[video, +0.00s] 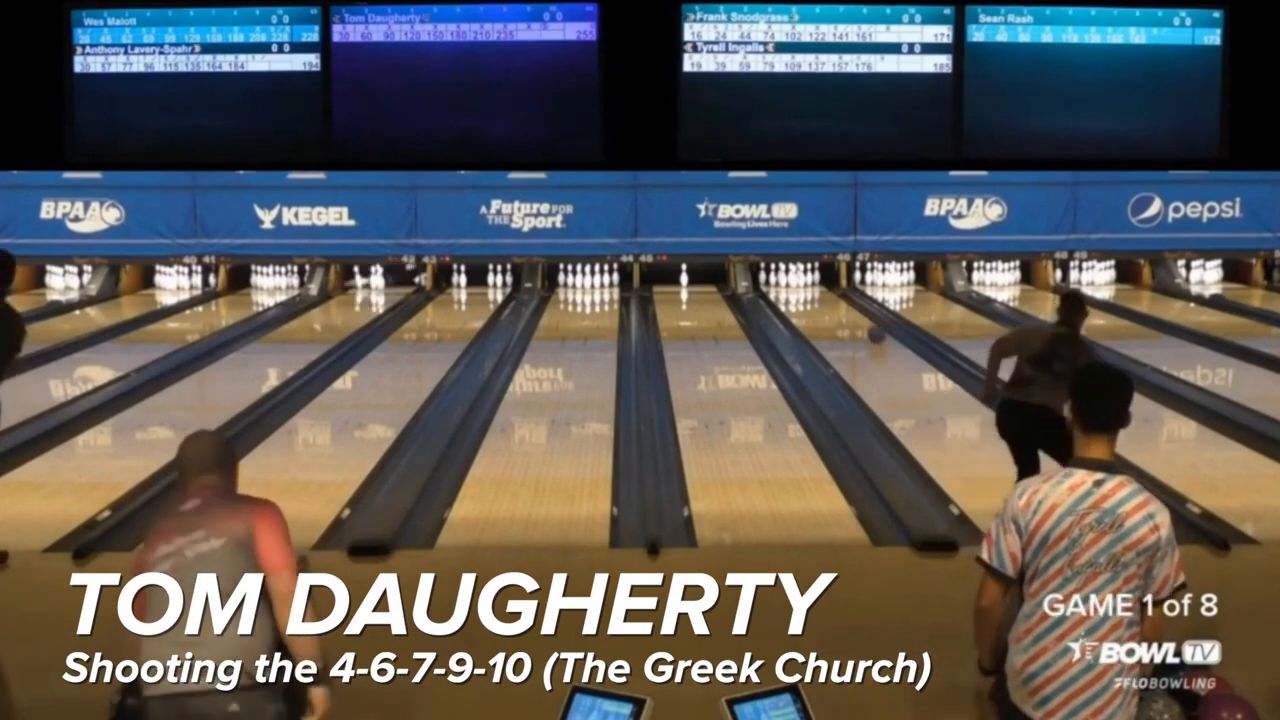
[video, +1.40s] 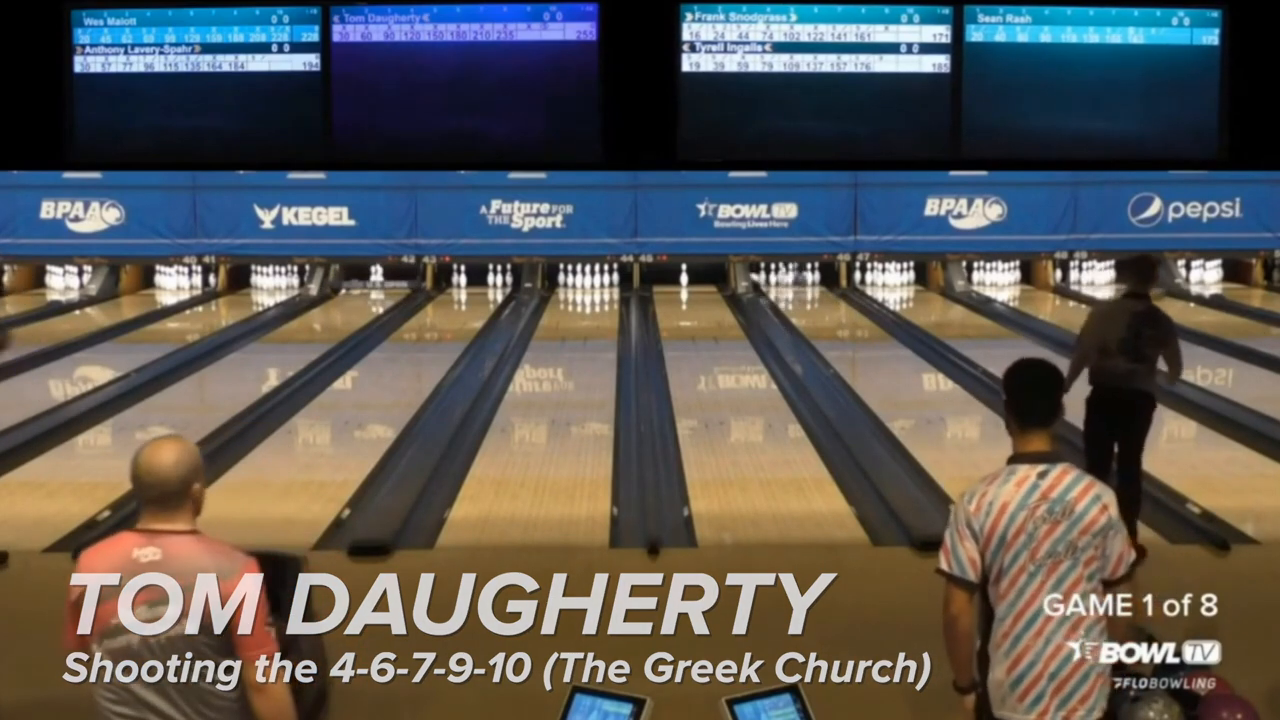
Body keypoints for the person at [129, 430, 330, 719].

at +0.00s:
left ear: (182, 475)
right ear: (232, 468)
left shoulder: (158, 534)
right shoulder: (259, 515)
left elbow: (139, 612)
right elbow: (289, 603)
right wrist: (314, 676)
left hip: (165, 699)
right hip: (244, 696)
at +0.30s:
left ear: (203, 464)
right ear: (257, 463)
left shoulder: (162, 531)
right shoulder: (288, 530)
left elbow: (131, 618)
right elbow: (317, 625)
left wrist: (134, 691)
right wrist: (343, 699)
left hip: (182, 707)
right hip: (268, 704)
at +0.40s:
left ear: (211, 466)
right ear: (267, 467)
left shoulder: (165, 536)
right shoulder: (299, 536)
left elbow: (133, 631)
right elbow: (326, 633)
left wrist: (132, 702)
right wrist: (348, 701)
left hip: (188, 707)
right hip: (278, 706)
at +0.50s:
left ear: (226, 470)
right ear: (282, 476)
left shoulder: (168, 543)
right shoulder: (316, 547)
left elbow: (136, 664)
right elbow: (355, 662)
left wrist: (126, 714)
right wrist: (370, 705)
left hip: (194, 710)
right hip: (287, 710)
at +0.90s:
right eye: (270, 478)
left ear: (206, 481)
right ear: (263, 487)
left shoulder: (155, 552)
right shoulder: (298, 565)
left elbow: (129, 667)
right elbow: (326, 680)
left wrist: (124, 714)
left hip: (177, 709)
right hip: (267, 709)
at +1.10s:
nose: (240, 488)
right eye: (239, 481)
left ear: (179, 486)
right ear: (234, 491)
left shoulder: (126, 557)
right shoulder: (269, 574)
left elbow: (115, 654)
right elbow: (295, 686)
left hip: (148, 712)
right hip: (239, 712)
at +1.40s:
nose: (204, 491)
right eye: (204, 484)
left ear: (136, 490)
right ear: (196, 493)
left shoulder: (92, 563)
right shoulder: (236, 569)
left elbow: (79, 661)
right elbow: (264, 684)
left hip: (119, 714)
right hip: (212, 714)